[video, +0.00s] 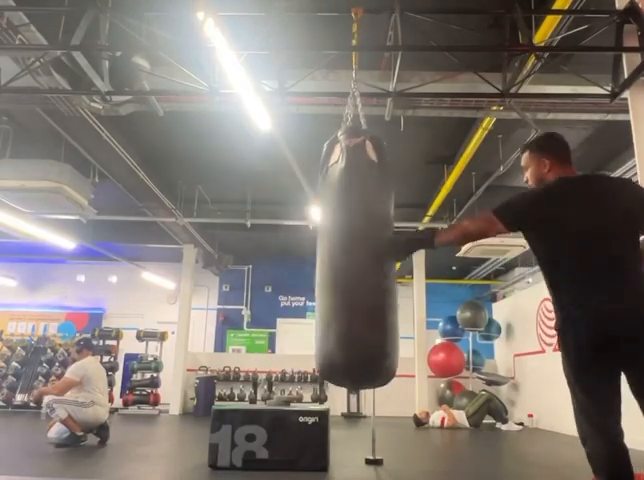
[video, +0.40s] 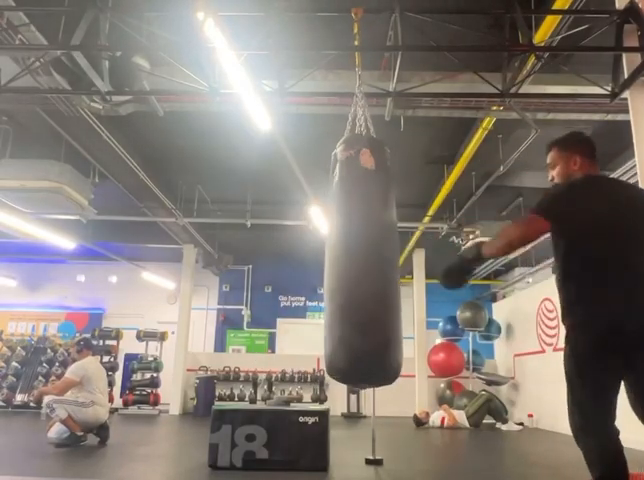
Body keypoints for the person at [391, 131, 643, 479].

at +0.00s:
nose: (526, 179)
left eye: (527, 169)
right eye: (524, 171)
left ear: (546, 163)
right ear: (565, 162)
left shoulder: (535, 202)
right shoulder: (625, 190)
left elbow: (470, 229)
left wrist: (421, 240)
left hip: (586, 333)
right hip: (637, 323)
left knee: (602, 434)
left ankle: (617, 476)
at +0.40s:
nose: (549, 177)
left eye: (553, 167)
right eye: (548, 169)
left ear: (577, 162)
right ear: (585, 164)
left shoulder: (568, 195)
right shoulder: (635, 196)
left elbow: (515, 237)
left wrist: (473, 253)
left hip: (594, 332)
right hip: (640, 328)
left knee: (593, 426)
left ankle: (614, 476)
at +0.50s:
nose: (561, 176)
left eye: (564, 167)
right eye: (559, 169)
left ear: (590, 161)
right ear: (597, 164)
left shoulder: (588, 189)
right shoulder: (636, 193)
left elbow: (577, 239)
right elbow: (632, 255)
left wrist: (532, 277)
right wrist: (585, 279)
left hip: (607, 324)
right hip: (640, 320)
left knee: (595, 423)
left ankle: (615, 475)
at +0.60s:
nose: (572, 185)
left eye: (576, 175)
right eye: (571, 178)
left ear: (604, 169)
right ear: (608, 172)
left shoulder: (612, 197)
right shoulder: (629, 197)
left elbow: (626, 247)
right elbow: (630, 255)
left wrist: (591, 308)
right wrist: (596, 281)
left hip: (630, 331)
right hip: (631, 329)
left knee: (598, 427)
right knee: (602, 426)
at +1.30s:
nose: (548, 196)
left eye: (549, 185)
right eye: (545, 189)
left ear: (573, 174)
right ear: (575, 176)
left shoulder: (611, 196)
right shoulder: (604, 200)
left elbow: (622, 252)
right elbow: (611, 251)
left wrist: (564, 259)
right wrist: (571, 247)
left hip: (633, 318)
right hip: (626, 317)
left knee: (625, 405)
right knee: (624, 401)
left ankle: (628, 469)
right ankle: (626, 466)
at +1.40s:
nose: (537, 195)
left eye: (537, 185)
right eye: (534, 188)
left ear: (560, 173)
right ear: (564, 174)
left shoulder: (588, 195)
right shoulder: (611, 193)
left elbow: (592, 249)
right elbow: (591, 255)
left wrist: (535, 262)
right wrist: (555, 234)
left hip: (618, 320)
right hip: (635, 316)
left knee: (595, 416)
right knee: (639, 404)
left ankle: (607, 473)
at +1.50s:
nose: (527, 201)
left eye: (528, 191)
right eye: (524, 194)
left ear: (549, 181)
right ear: (555, 181)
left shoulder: (576, 203)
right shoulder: (603, 202)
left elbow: (580, 253)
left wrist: (525, 259)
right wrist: (540, 242)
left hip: (603, 324)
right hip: (632, 321)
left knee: (549, 409)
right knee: (640, 410)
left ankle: (558, 475)